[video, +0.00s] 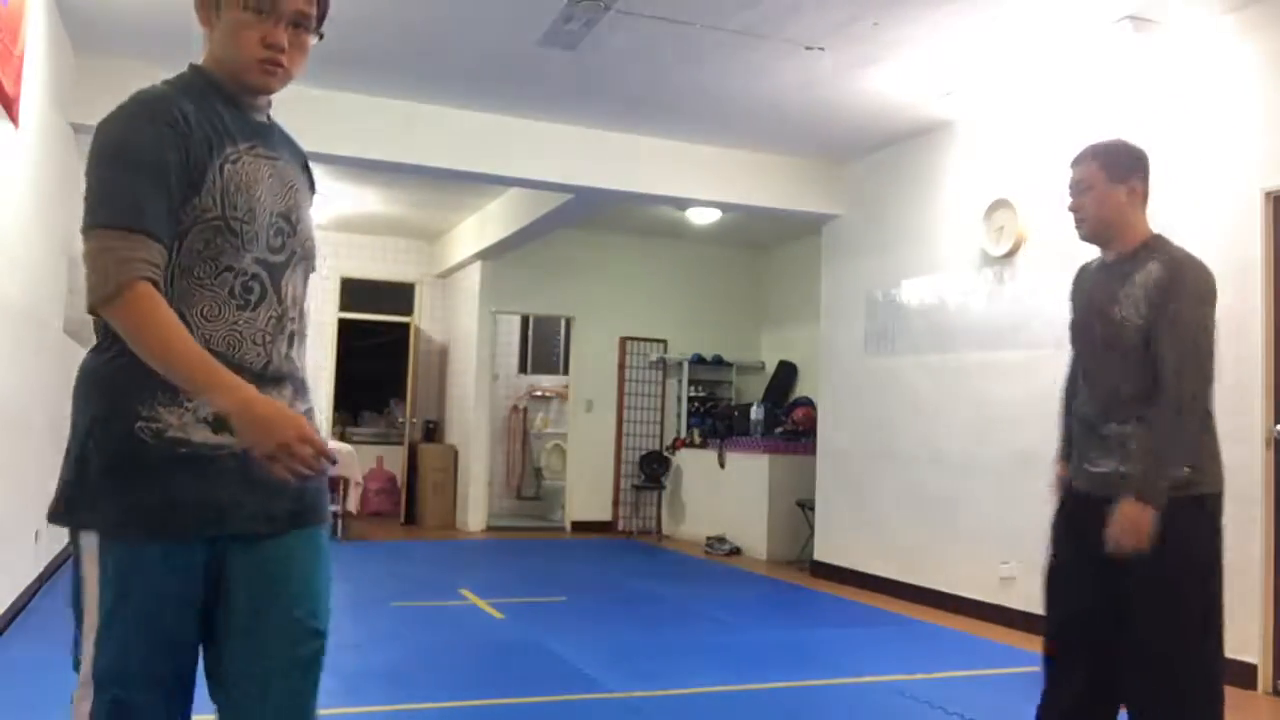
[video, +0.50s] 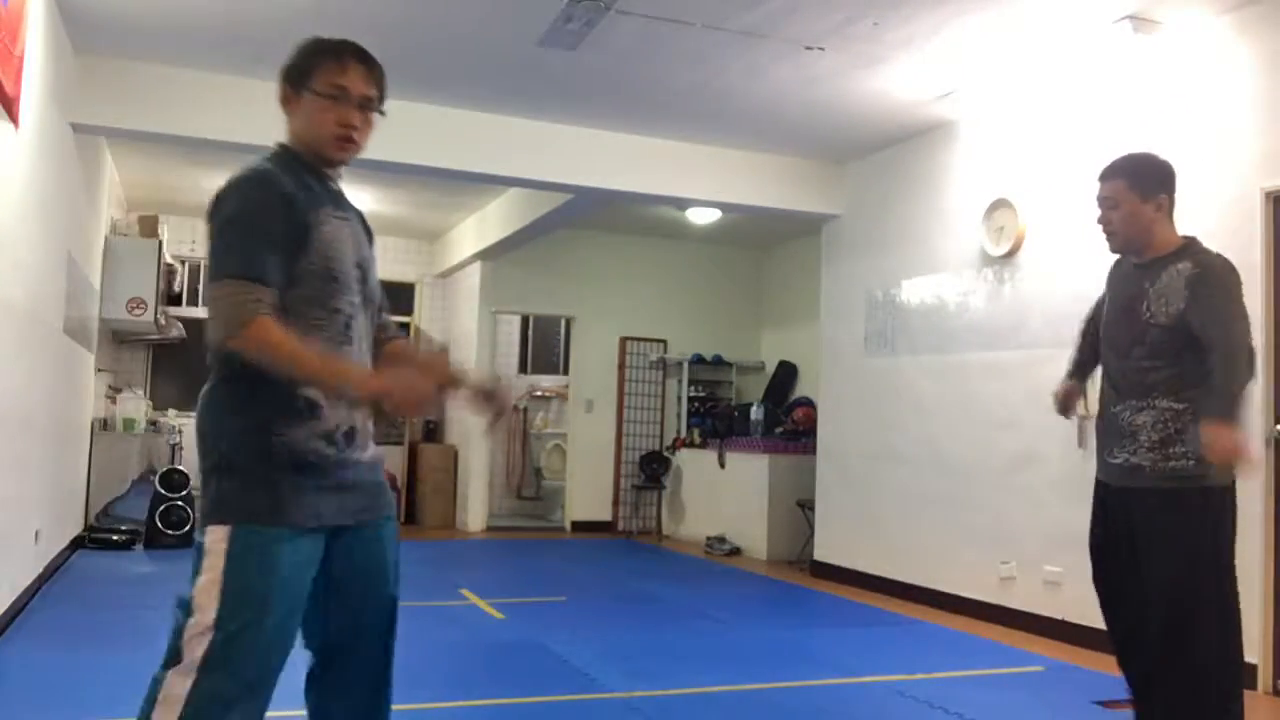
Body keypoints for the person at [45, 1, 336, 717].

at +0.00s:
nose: (280, 37)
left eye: (301, 25)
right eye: (260, 13)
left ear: (314, 44)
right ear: (208, 14)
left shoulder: (291, 157)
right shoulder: (150, 122)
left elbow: (273, 314)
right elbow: (121, 291)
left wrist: (291, 432)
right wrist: (248, 409)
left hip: (277, 489)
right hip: (149, 483)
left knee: (279, 706)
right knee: (132, 706)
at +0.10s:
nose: (283, 48)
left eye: (302, 34)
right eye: (265, 23)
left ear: (316, 49)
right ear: (212, 20)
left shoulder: (296, 164)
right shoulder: (154, 131)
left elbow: (282, 319)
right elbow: (122, 293)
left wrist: (300, 426)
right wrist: (250, 404)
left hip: (286, 484)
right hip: (157, 483)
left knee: (305, 701)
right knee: (147, 704)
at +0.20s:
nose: (292, 66)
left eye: (310, 52)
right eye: (272, 41)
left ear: (322, 68)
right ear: (222, 41)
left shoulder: (305, 183)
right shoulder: (172, 145)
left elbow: (311, 331)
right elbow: (126, 301)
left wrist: (338, 438)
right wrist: (249, 411)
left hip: (301, 487)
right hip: (179, 487)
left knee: (326, 682)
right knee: (164, 701)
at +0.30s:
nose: (309, 90)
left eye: (325, 79)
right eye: (289, 69)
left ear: (334, 95)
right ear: (242, 69)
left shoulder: (316, 201)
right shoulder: (197, 169)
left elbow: (330, 337)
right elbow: (152, 317)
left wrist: (370, 442)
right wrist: (261, 421)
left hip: (320, 498)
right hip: (213, 497)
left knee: (334, 698)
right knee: (186, 702)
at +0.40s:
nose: (332, 110)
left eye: (346, 99)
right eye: (313, 90)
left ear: (356, 115)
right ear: (266, 93)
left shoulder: (336, 217)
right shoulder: (232, 190)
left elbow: (355, 342)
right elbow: (194, 328)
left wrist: (417, 429)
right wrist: (310, 423)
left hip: (338, 496)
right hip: (246, 498)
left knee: (344, 686)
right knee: (214, 697)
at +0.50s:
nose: (353, 118)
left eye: (367, 107)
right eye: (336, 98)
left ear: (376, 122)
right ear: (290, 101)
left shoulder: (352, 219)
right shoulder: (257, 192)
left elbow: (376, 339)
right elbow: (238, 323)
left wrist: (464, 386)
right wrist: (368, 383)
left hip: (353, 478)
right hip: (265, 477)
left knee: (357, 672)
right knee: (220, 678)